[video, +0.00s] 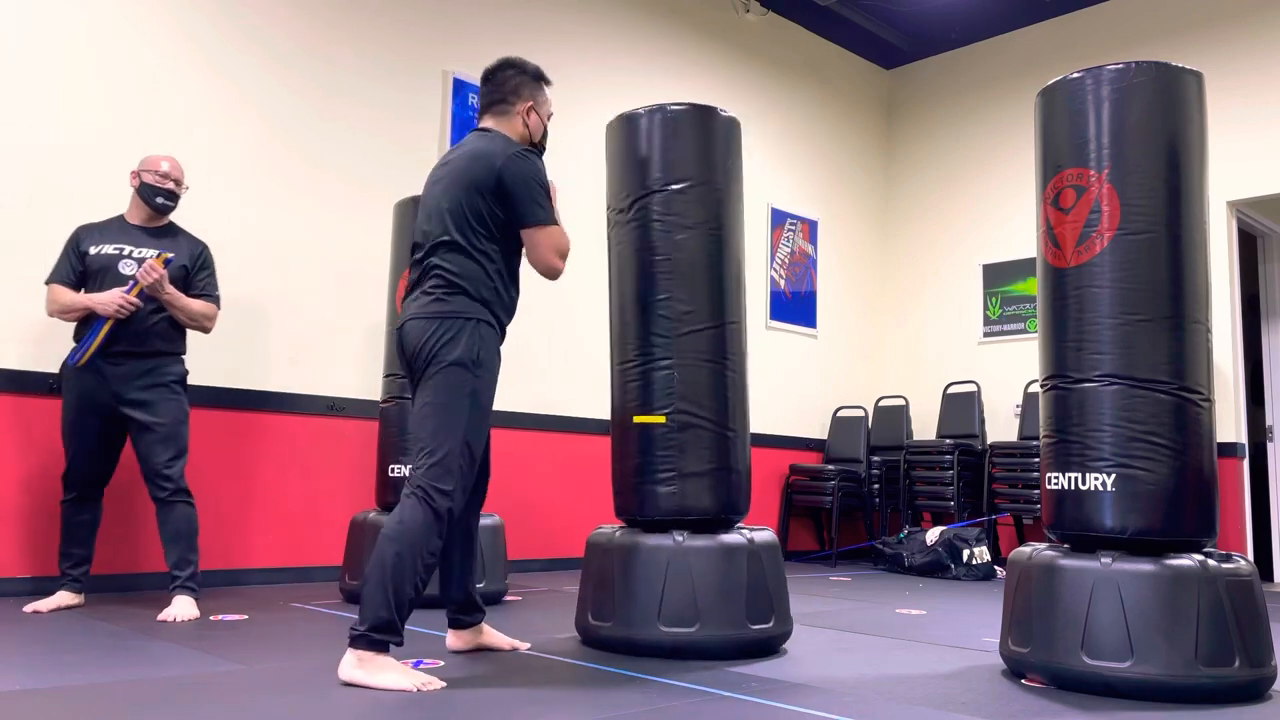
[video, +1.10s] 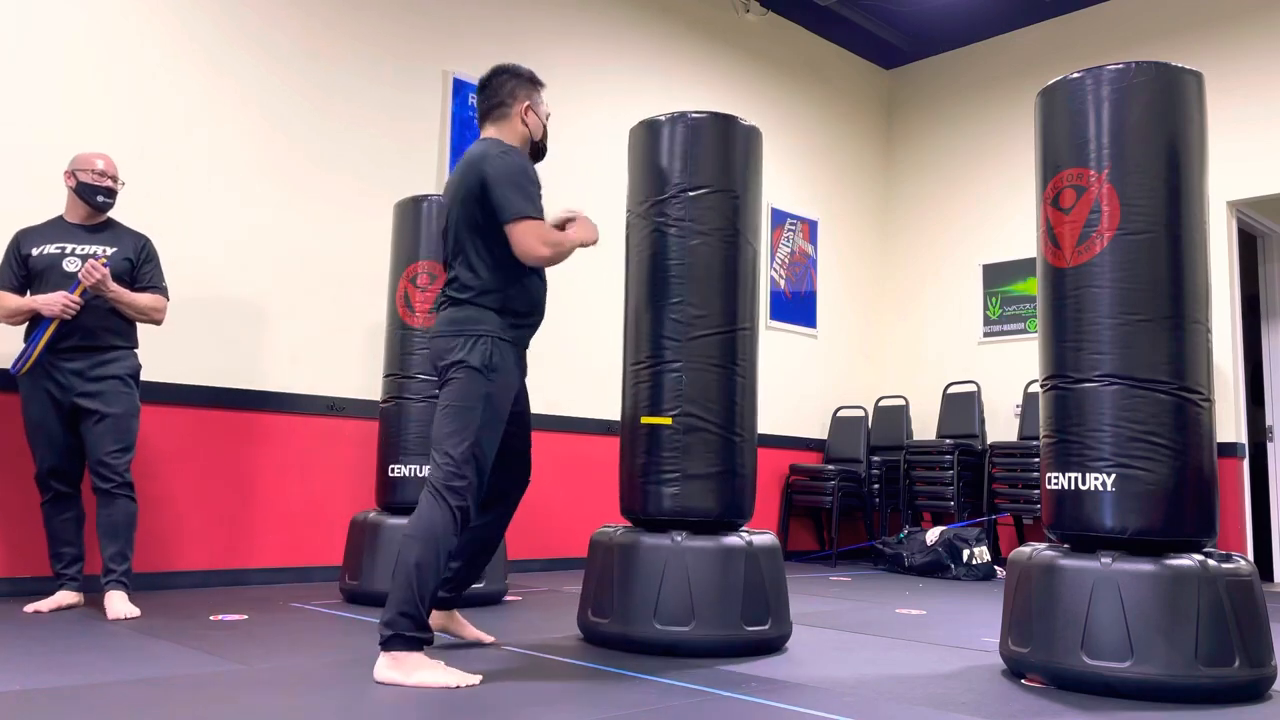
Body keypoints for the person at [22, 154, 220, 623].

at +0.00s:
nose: (168, 185)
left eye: (176, 182)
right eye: (159, 176)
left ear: (182, 194)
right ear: (133, 180)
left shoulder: (193, 250)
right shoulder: (88, 237)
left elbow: (207, 320)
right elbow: (56, 301)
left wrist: (166, 291)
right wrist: (93, 301)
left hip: (158, 382)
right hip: (91, 379)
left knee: (169, 483)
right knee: (80, 484)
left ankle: (184, 592)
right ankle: (71, 587)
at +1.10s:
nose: (106, 183)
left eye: (112, 178)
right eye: (95, 174)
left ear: (119, 189)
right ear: (69, 180)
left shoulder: (136, 245)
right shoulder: (28, 241)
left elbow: (157, 311)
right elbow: (3, 307)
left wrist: (111, 290)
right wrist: (37, 303)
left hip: (110, 378)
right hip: (45, 378)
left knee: (113, 479)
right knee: (56, 482)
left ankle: (116, 587)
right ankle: (69, 586)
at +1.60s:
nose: (90, 180)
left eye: (97, 174)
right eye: (79, 171)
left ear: (103, 184)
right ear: (51, 175)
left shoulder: (117, 241)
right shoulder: (9, 237)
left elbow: (138, 308)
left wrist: (82, 285)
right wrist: (9, 300)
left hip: (83, 365)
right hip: (21, 366)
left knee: (42, 462)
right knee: (50, 471)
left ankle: (7, 585)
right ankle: (70, 584)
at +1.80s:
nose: (64, 181)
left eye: (74, 174)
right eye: (55, 170)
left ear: (84, 178)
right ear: (33, 171)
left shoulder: (101, 239)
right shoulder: (4, 230)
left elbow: (122, 309)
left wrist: (61, 287)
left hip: (64, 360)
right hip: (9, 362)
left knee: (20, 462)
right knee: (39, 473)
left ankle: (1, 580)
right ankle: (69, 582)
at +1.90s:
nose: (39, 186)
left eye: (51, 179)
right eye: (31, 175)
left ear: (72, 179)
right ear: (19, 168)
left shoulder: (90, 236)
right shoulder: (3, 221)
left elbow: (114, 307)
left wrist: (47, 288)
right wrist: (5, 289)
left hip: (48, 358)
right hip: (4, 358)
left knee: (11, 467)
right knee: (29, 470)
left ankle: (1, 582)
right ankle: (67, 576)